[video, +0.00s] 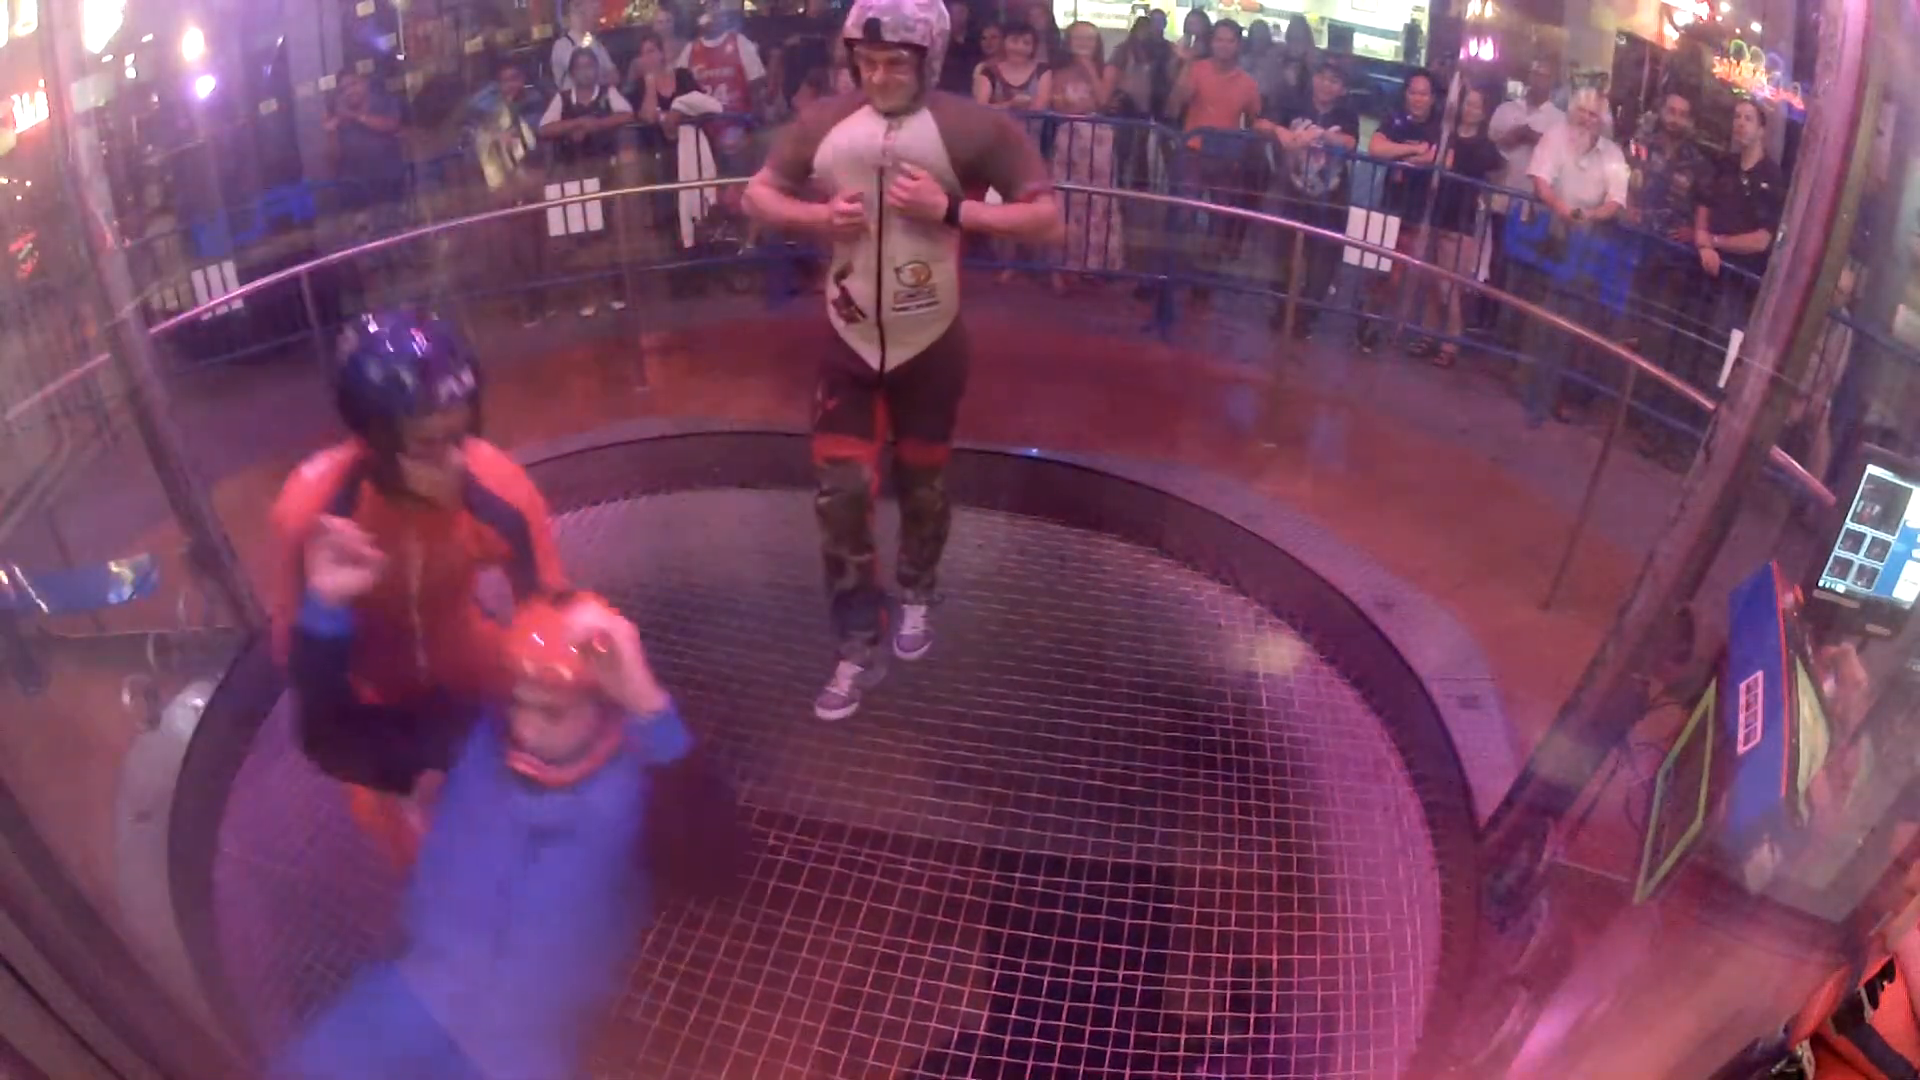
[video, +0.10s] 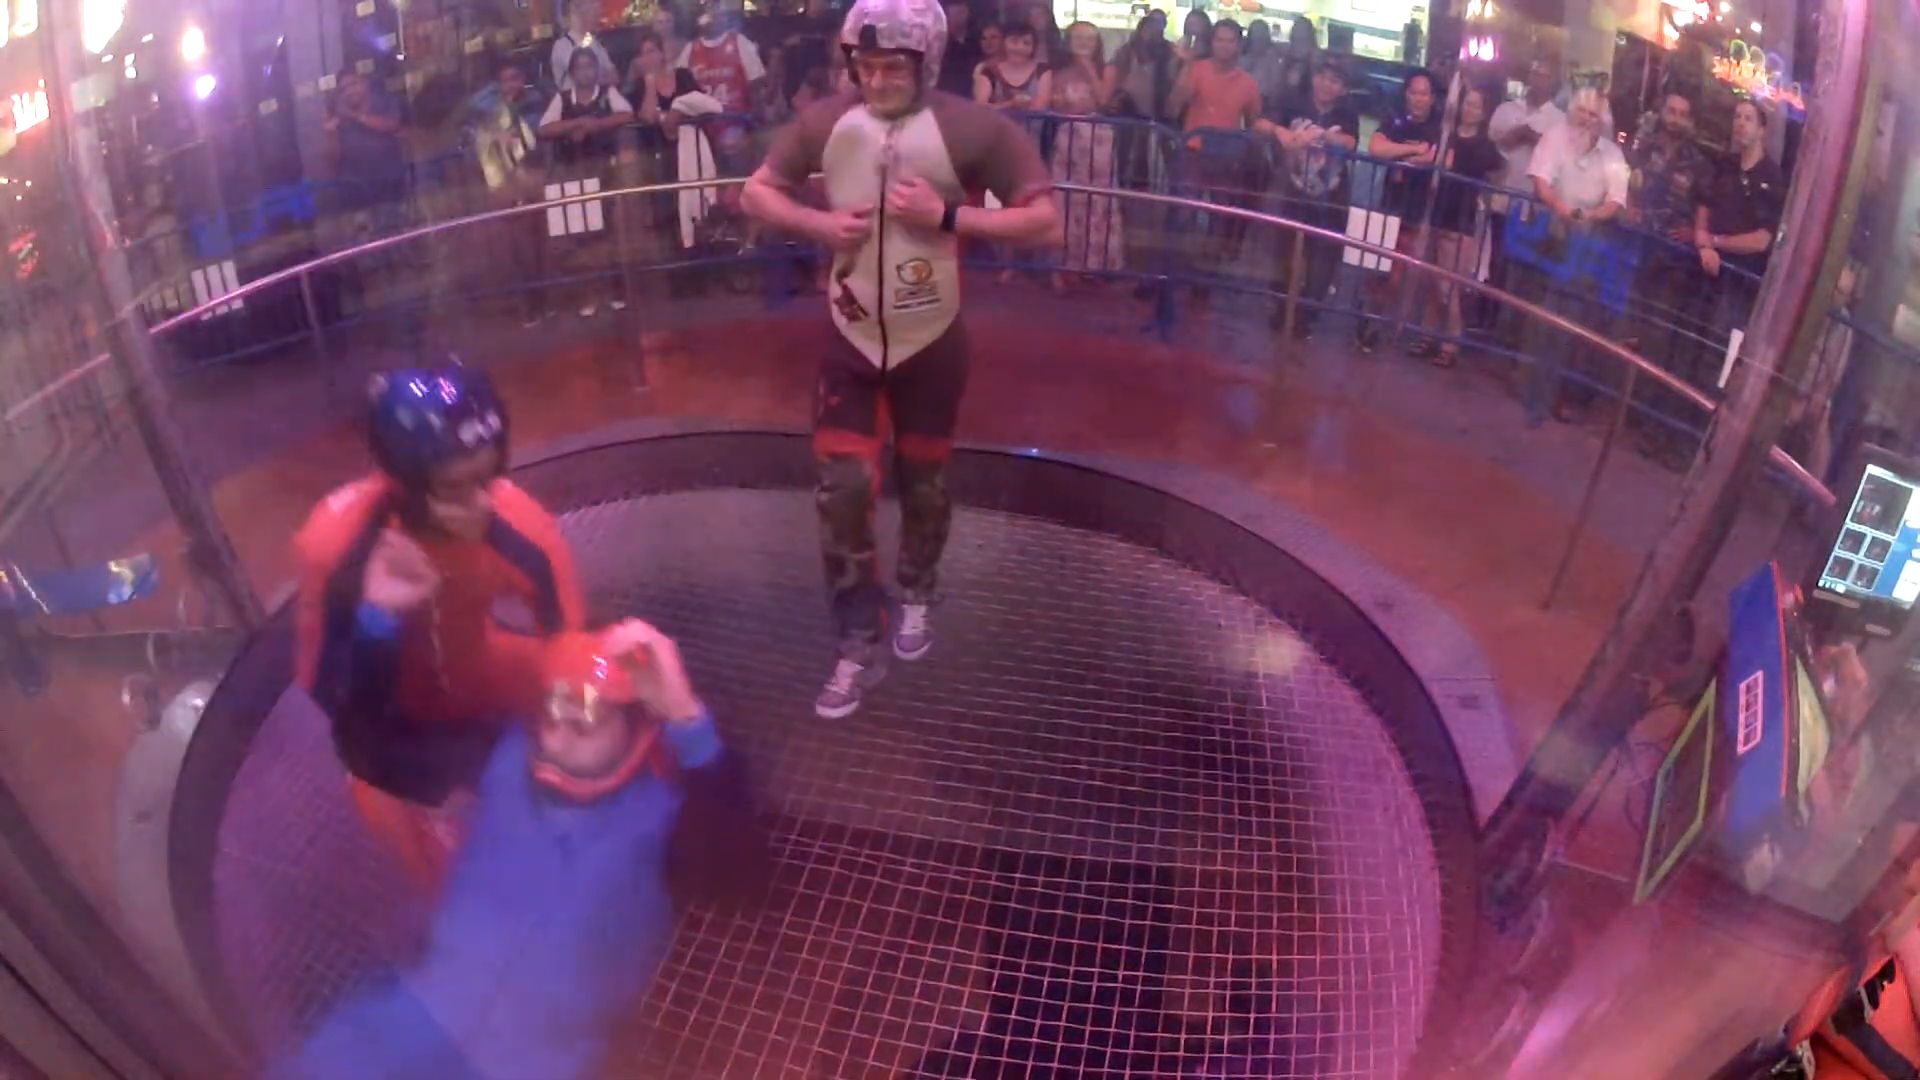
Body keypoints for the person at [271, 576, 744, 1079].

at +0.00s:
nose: (527, 727)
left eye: (551, 711)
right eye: (518, 704)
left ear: (604, 709)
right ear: (505, 691)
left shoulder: (647, 792)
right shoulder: (467, 739)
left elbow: (720, 871)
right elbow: (332, 739)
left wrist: (647, 707)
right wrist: (325, 609)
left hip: (529, 1052)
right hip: (416, 1002)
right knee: (302, 1069)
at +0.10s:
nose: (562, 725)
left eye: (588, 716)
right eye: (555, 706)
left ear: (639, 731)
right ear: (539, 704)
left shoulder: (665, 823)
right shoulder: (499, 758)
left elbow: (741, 876)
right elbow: (374, 748)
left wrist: (685, 717)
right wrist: (380, 621)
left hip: (545, 1059)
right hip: (431, 1011)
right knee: (309, 1070)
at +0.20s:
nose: (597, 749)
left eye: (619, 740)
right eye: (588, 731)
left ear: (660, 755)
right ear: (569, 727)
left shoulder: (686, 838)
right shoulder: (526, 771)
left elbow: (765, 871)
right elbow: (402, 768)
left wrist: (717, 738)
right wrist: (412, 648)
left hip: (539, 1066)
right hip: (427, 1012)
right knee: (299, 1074)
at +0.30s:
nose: (627, 765)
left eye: (649, 753)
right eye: (616, 744)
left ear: (687, 765)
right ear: (594, 739)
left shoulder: (703, 844)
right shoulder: (547, 781)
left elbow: (783, 877)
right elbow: (435, 761)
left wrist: (746, 753)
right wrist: (452, 656)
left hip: (557, 1062)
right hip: (439, 1015)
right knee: (303, 1070)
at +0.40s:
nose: (651, 766)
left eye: (674, 755)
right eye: (640, 746)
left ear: (712, 770)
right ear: (618, 742)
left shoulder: (724, 849)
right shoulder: (568, 783)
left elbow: (804, 879)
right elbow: (448, 761)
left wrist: (777, 762)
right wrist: (484, 658)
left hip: (565, 1065)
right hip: (448, 1013)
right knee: (294, 1067)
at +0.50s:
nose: (680, 759)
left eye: (703, 749)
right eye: (669, 740)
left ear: (735, 767)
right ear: (647, 739)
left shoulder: (741, 845)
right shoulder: (595, 786)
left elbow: (833, 873)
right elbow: (480, 772)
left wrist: (801, 758)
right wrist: (510, 664)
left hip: (574, 1059)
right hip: (474, 1001)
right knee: (298, 1042)